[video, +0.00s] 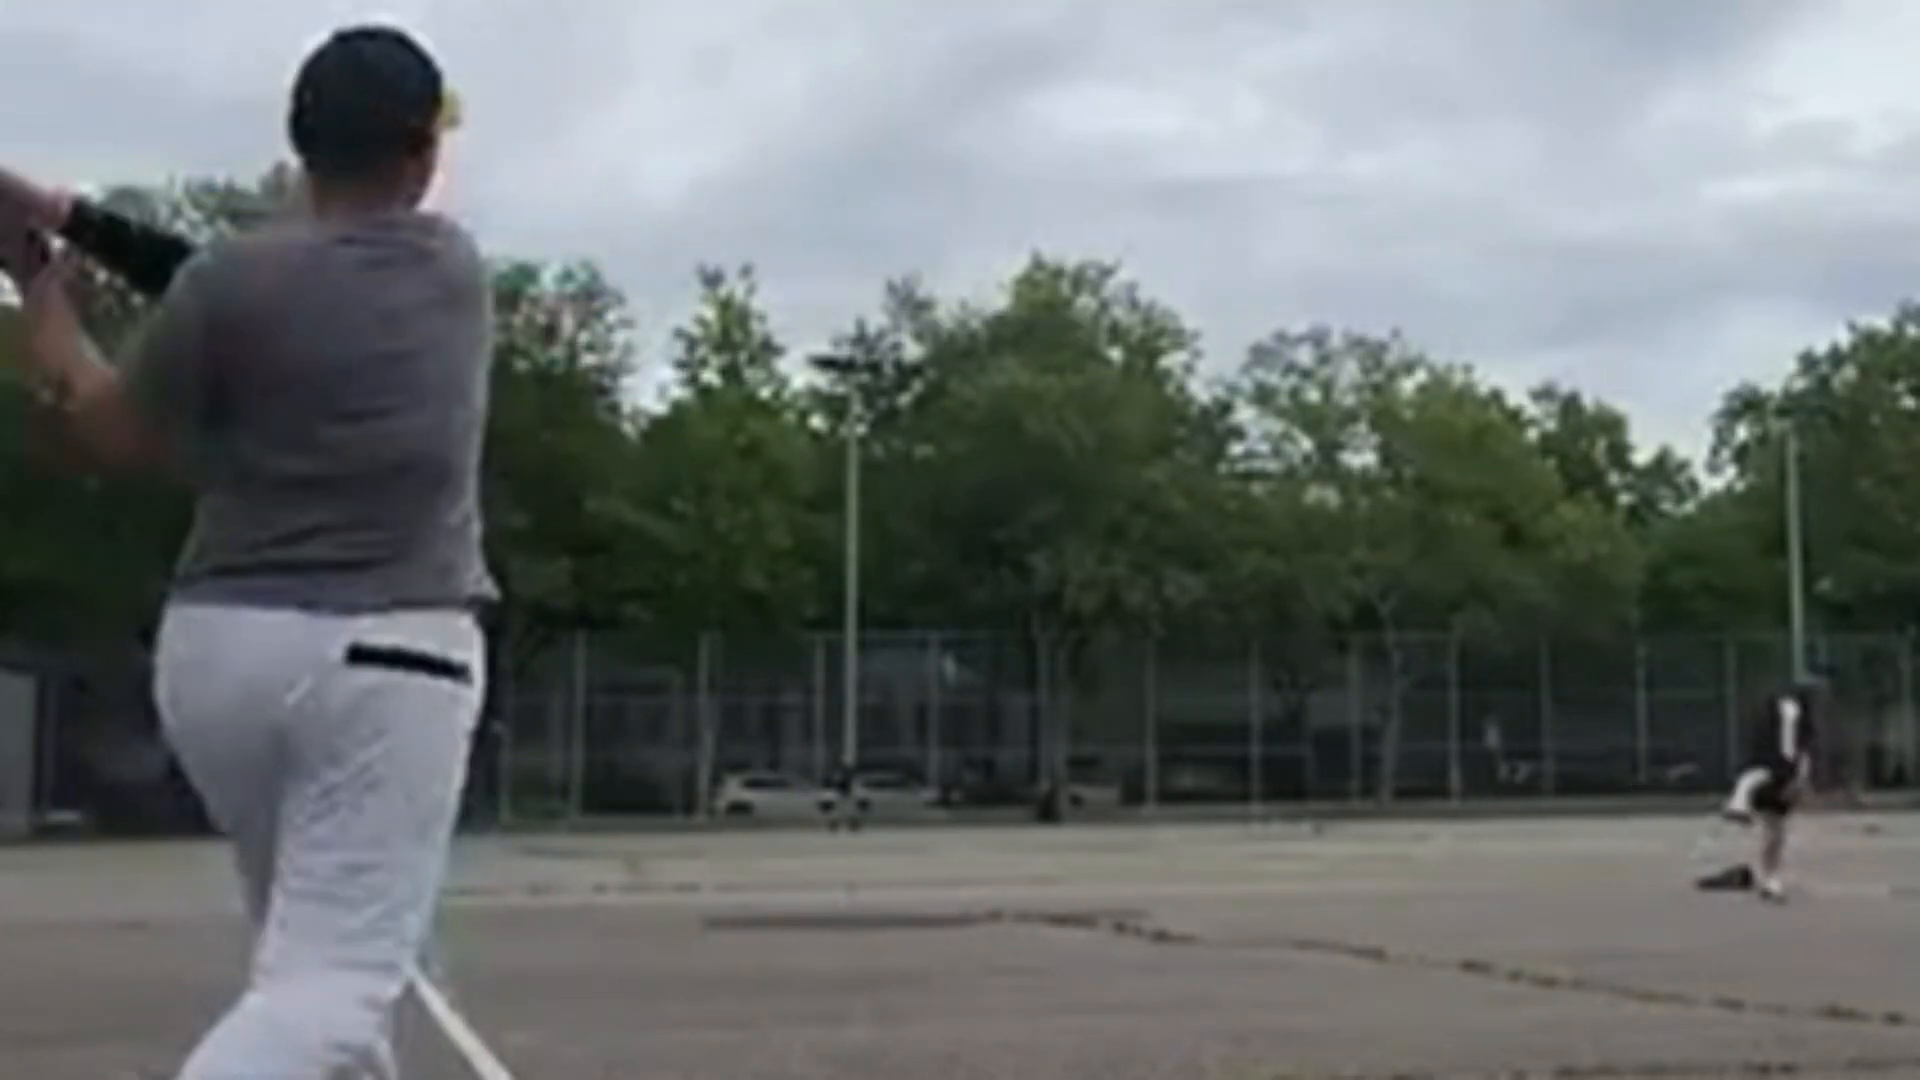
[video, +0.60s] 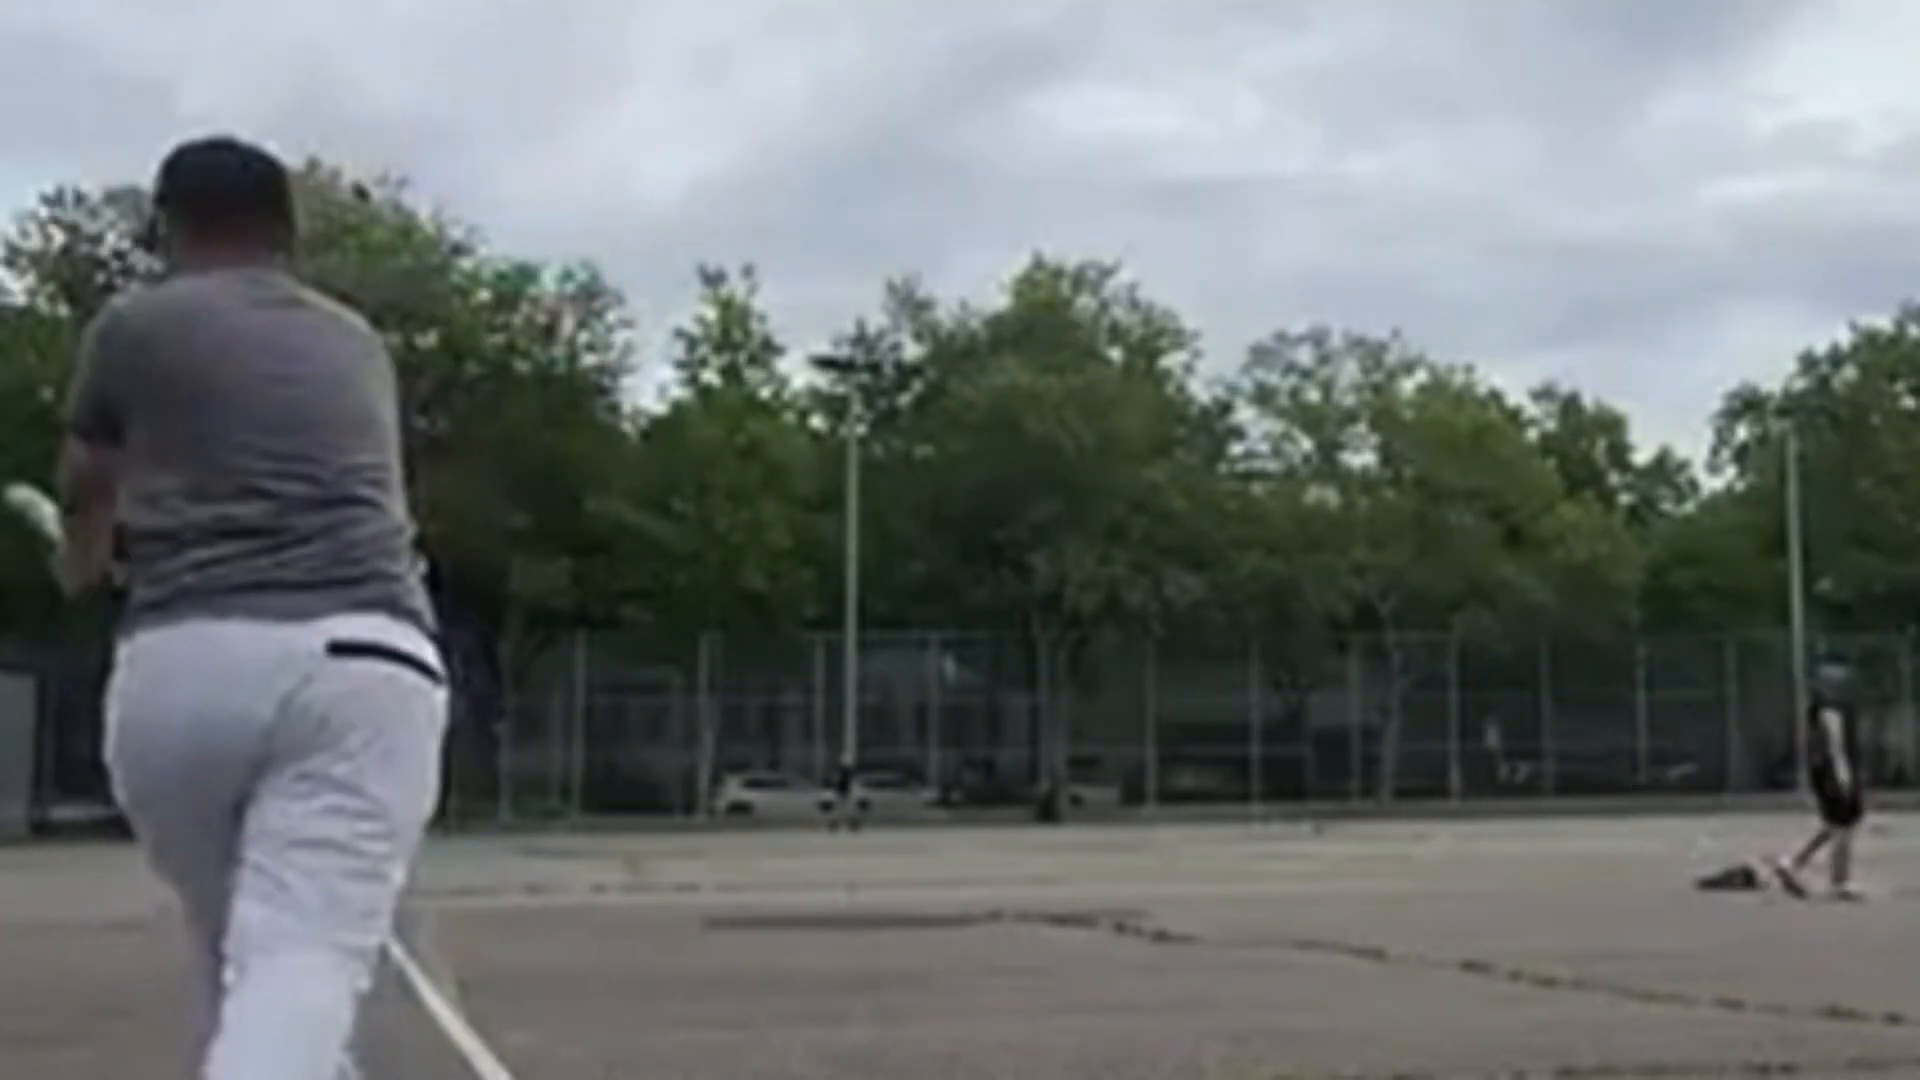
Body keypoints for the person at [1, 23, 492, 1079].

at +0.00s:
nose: (443, 137)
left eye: (435, 121)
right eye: (441, 123)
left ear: (298, 141)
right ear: (428, 143)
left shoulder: (230, 277)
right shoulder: (457, 275)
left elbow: (117, 430)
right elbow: (329, 274)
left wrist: (47, 307)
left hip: (220, 648)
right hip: (402, 653)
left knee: (309, 958)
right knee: (336, 977)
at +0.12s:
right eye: (395, 159)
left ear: (265, 168)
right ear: (393, 178)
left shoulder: (238, 294)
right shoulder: (418, 292)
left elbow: (36, 302)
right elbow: (185, 241)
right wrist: (76, 104)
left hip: (234, 660)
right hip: (419, 665)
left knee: (276, 983)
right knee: (335, 993)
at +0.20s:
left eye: (263, 157)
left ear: (259, 175)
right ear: (389, 191)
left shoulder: (227, 302)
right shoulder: (419, 311)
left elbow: (24, 283)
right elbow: (199, 265)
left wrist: (18, 138)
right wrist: (57, 134)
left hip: (224, 673)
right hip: (413, 686)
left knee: (241, 1003)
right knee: (316, 1013)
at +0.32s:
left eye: (255, 175)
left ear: (248, 187)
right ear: (380, 206)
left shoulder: (194, 304)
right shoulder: (409, 329)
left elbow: (71, 366)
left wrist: (31, 330)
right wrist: (70, 326)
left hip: (200, 692)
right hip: (394, 708)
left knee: (236, 1029)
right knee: (300, 1036)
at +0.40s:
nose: (371, 205)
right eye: (370, 190)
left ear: (239, 194)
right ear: (370, 208)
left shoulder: (168, 308)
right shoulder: (398, 336)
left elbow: (67, 443)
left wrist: (53, 437)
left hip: (188, 700)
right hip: (385, 713)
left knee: (239, 1030)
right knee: (305, 1036)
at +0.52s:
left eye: (195, 210)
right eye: (316, 211)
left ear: (194, 212)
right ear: (318, 219)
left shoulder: (140, 316)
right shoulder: (373, 339)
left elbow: (93, 479)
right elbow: (366, 497)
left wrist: (104, 550)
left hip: (183, 685)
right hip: (375, 686)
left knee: (224, 996)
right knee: (308, 993)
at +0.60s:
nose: (165, 245)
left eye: (162, 230)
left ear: (169, 229)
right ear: (286, 227)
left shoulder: (129, 326)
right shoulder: (358, 338)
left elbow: (86, 483)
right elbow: (351, 491)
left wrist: (83, 566)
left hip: (181, 669)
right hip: (369, 671)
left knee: (244, 965)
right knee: (305, 962)